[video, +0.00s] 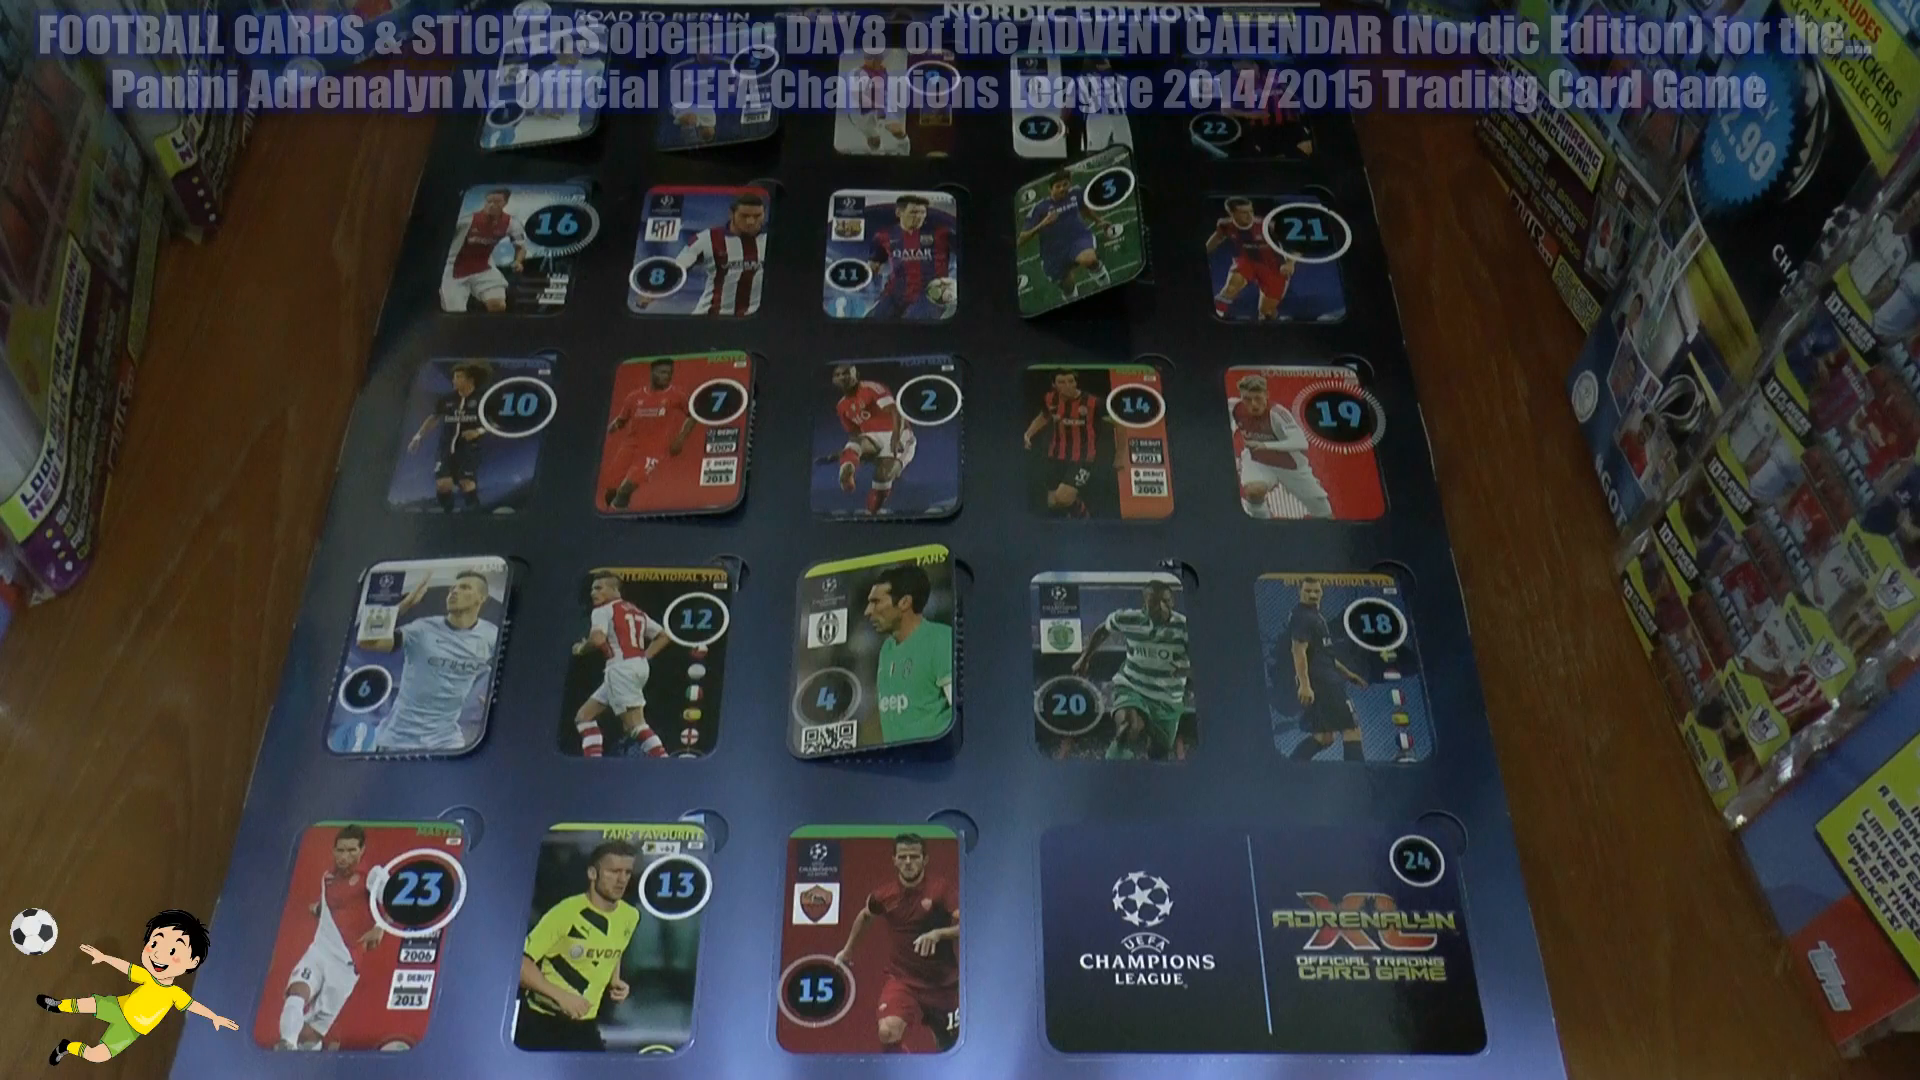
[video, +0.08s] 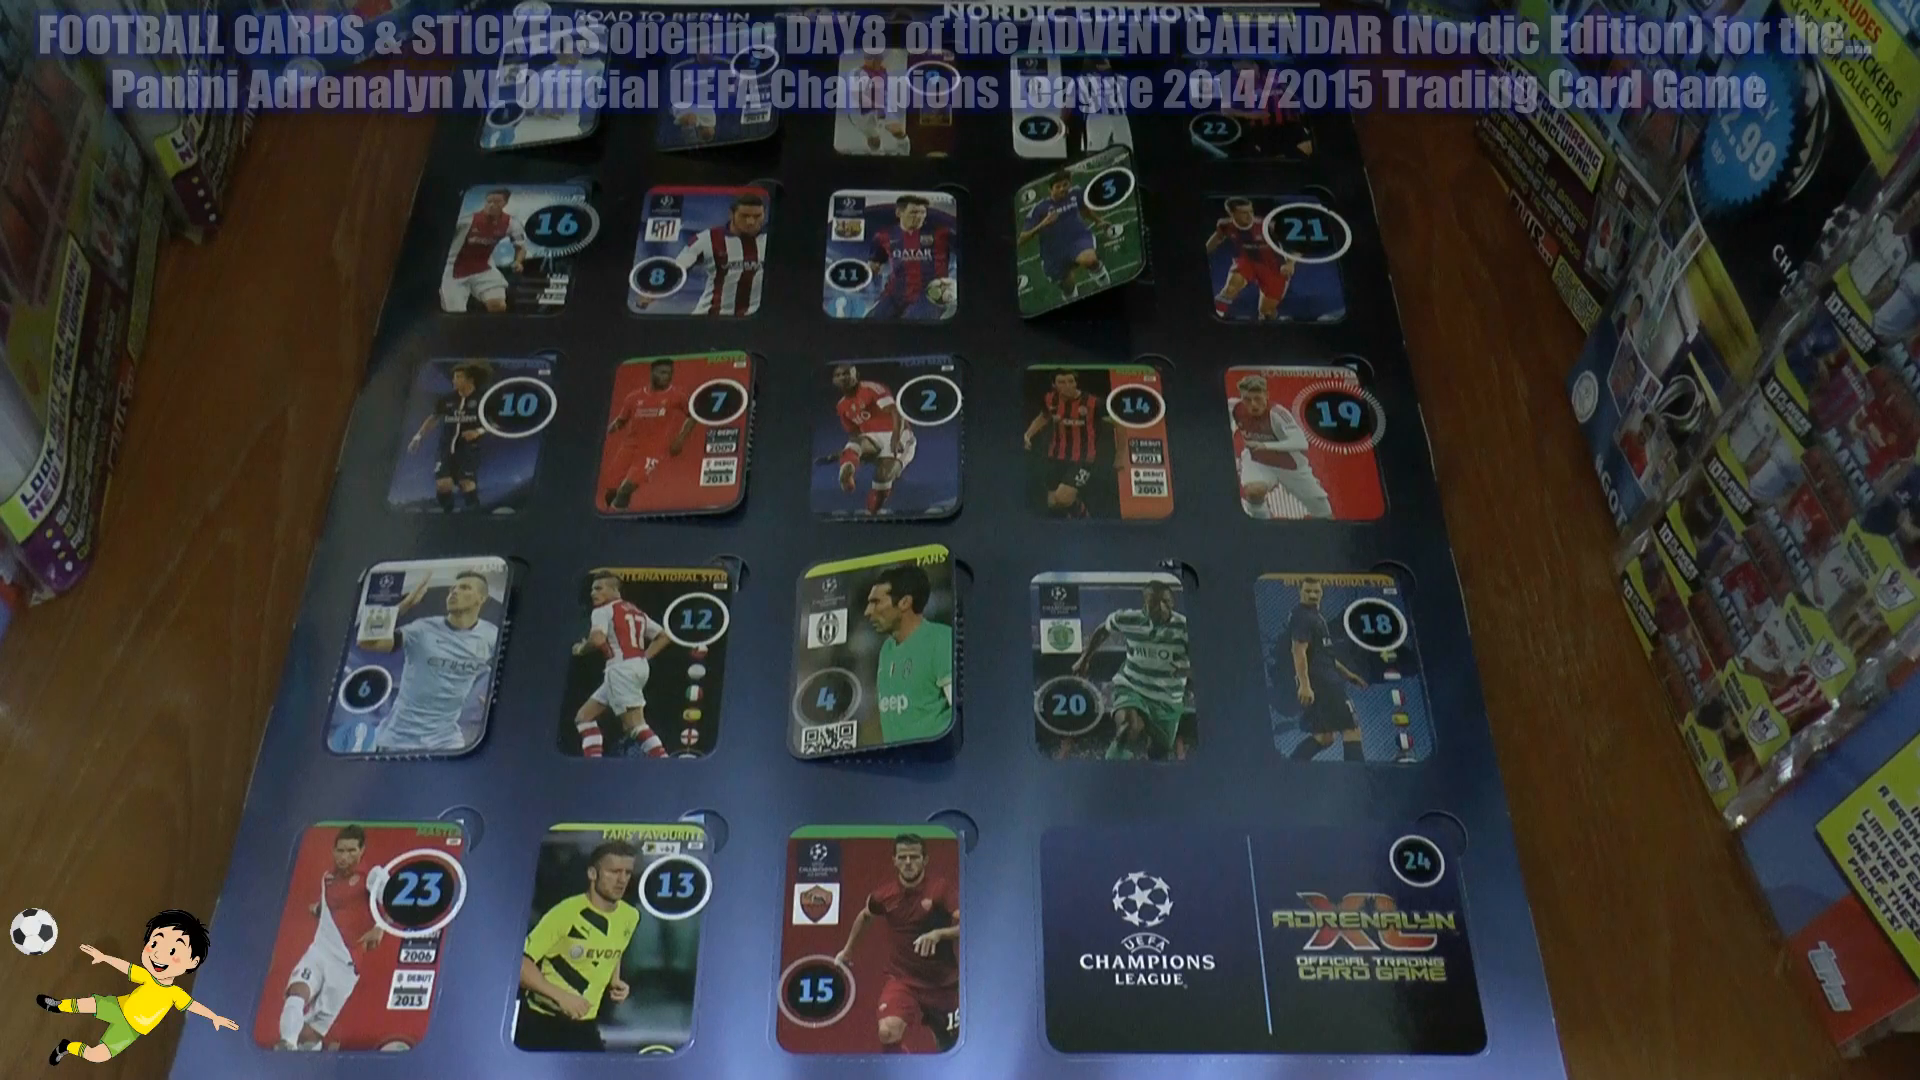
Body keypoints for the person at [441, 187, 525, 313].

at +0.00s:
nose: (492, 205)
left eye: (496, 202)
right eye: (489, 201)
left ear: (504, 204)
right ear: (485, 202)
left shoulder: (510, 223)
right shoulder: (468, 220)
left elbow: (521, 246)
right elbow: (444, 232)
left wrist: (518, 261)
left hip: (483, 269)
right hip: (456, 270)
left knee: (497, 305)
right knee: (455, 317)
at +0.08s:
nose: (492, 205)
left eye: (496, 202)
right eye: (489, 201)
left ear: (504, 204)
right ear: (485, 202)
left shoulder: (509, 223)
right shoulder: (468, 220)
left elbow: (521, 245)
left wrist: (518, 261)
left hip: (483, 269)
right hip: (456, 270)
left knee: (498, 306)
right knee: (455, 317)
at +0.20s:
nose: (492, 205)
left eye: (496, 202)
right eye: (489, 202)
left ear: (504, 204)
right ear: (485, 203)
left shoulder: (510, 224)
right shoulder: (468, 220)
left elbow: (521, 246)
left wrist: (518, 261)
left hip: (483, 269)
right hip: (456, 271)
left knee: (498, 306)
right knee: (455, 318)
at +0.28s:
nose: (492, 205)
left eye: (496, 202)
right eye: (489, 202)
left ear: (504, 204)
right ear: (485, 203)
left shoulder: (509, 223)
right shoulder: (468, 220)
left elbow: (521, 246)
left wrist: (518, 261)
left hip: (483, 269)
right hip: (455, 271)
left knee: (498, 306)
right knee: (455, 317)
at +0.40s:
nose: (492, 205)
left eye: (496, 202)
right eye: (489, 202)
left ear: (504, 204)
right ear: (485, 203)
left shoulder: (509, 224)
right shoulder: (469, 220)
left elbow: (521, 245)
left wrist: (518, 261)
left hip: (483, 270)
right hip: (455, 271)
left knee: (498, 306)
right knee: (455, 317)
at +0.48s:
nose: (492, 205)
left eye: (496, 202)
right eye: (489, 202)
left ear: (504, 204)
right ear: (485, 203)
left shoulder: (510, 224)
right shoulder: (469, 220)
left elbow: (521, 245)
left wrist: (518, 261)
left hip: (483, 270)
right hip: (456, 271)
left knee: (498, 306)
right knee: (455, 317)